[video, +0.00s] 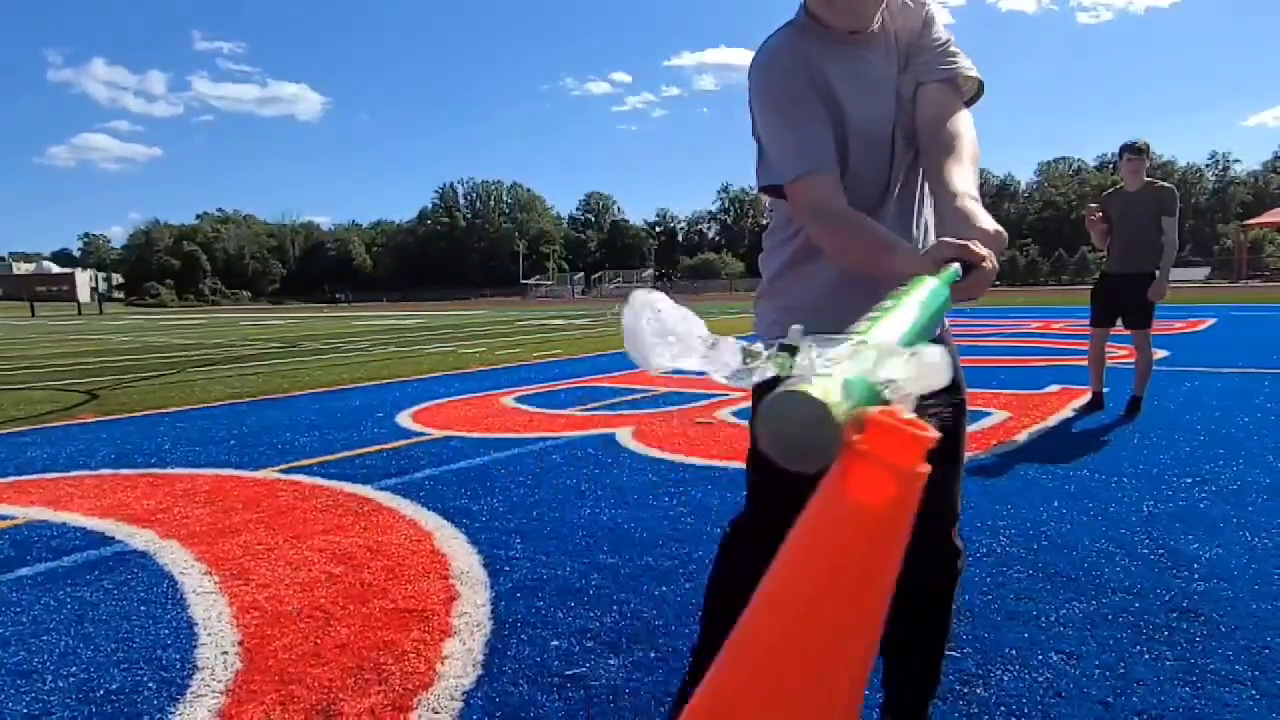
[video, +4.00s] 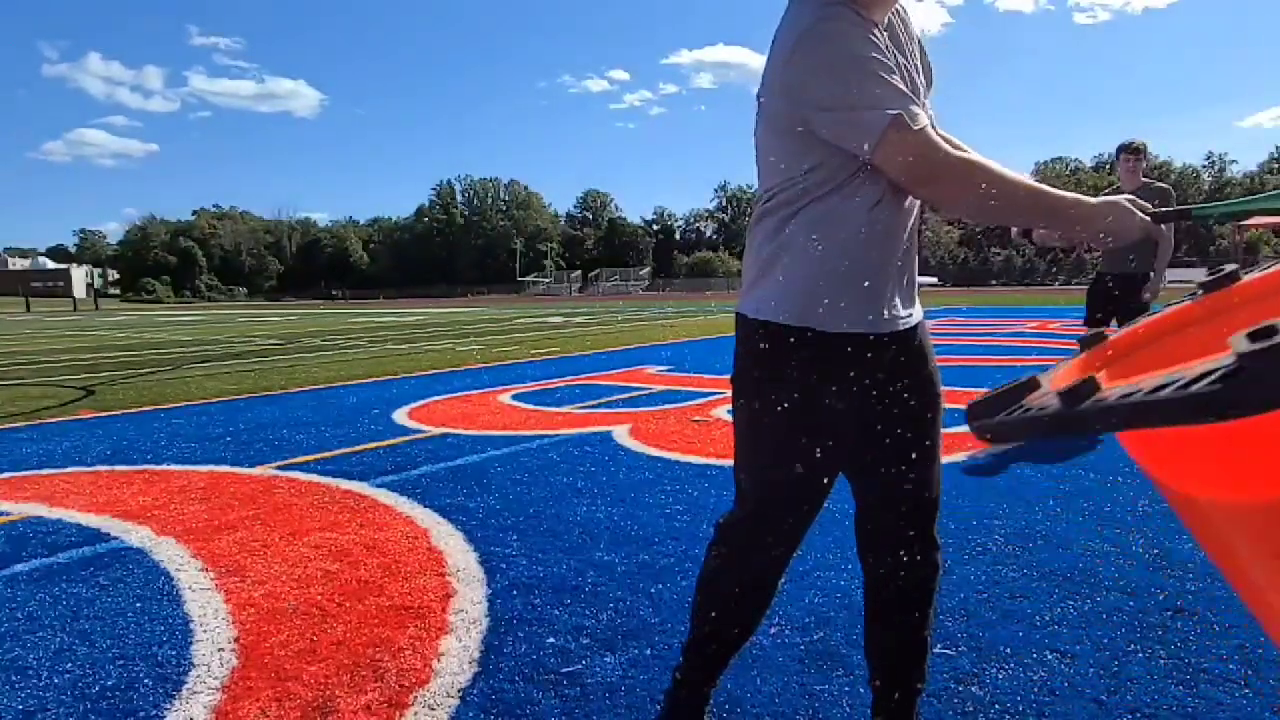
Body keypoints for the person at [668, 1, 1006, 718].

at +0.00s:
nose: (867, 0)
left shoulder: (916, 20)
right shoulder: (783, 62)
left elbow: (946, 122)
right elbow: (821, 211)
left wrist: (961, 202)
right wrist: (912, 265)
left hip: (914, 328)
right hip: (808, 336)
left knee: (930, 544)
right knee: (773, 534)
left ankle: (908, 706)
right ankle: (703, 702)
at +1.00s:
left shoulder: (912, 21)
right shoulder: (788, 50)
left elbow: (970, 129)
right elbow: (845, 192)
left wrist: (1042, 217)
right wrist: (1015, 252)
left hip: (907, 335)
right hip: (806, 343)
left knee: (920, 539)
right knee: (775, 527)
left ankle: (922, 702)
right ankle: (702, 684)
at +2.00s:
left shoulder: (913, 23)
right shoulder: (798, 42)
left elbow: (977, 137)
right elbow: (887, 182)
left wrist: (1083, 221)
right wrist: (1064, 238)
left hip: (904, 338)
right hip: (802, 346)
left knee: (921, 539)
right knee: (769, 531)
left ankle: (923, 694)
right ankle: (693, 696)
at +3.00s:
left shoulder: (904, 23)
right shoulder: (812, 39)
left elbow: (957, 136)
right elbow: (914, 177)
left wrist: (1086, 217)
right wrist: (1081, 227)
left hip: (898, 344)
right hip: (798, 348)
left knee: (908, 552)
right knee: (764, 536)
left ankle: (899, 707)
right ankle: (689, 700)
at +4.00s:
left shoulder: (901, 35)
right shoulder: (825, 33)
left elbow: (934, 178)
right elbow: (931, 169)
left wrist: (1041, 222)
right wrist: (1086, 214)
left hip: (890, 335)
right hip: (796, 337)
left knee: (905, 546)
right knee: (765, 529)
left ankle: (897, 706)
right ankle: (687, 699)